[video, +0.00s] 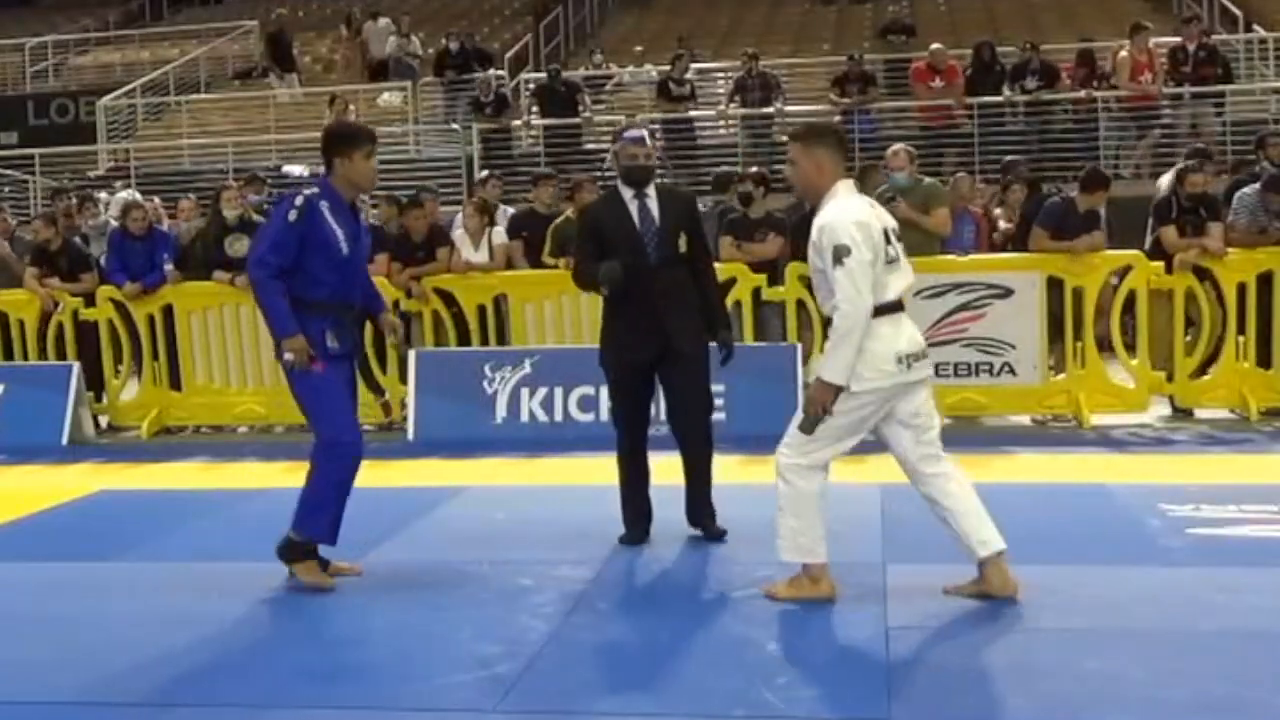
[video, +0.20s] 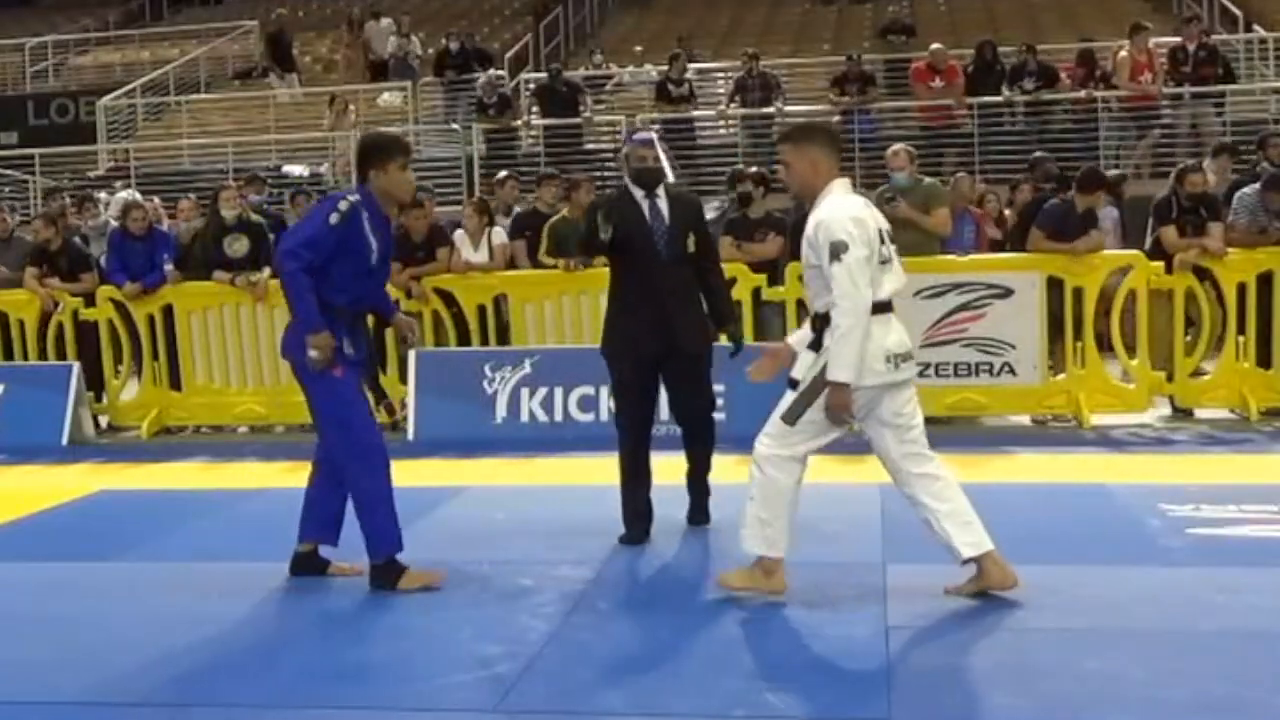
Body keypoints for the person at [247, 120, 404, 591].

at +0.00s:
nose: (376, 169)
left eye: (375, 160)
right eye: (370, 160)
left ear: (350, 163)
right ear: (342, 162)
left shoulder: (351, 214)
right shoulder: (301, 206)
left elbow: (355, 273)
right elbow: (261, 268)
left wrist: (381, 313)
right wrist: (287, 332)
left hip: (340, 338)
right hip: (308, 340)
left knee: (340, 441)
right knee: (342, 441)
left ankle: (311, 545)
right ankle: (301, 543)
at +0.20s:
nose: (412, 178)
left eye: (410, 169)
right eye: (405, 169)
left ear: (384, 173)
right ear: (378, 173)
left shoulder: (380, 223)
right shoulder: (345, 206)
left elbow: (363, 284)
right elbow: (288, 255)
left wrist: (393, 315)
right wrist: (313, 327)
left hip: (347, 340)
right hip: (321, 342)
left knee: (338, 445)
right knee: (365, 446)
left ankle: (309, 551)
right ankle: (386, 563)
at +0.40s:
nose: (463, 219)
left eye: (465, 208)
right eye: (458, 208)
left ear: (431, 205)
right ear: (432, 204)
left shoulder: (400, 235)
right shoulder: (389, 240)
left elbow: (377, 305)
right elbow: (348, 294)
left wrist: (414, 348)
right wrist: (412, 346)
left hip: (319, 342)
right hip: (329, 347)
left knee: (334, 450)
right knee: (375, 454)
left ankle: (307, 551)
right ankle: (385, 566)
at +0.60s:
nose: (481, 249)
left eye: (483, 240)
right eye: (476, 239)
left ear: (444, 229)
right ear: (450, 234)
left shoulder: (407, 230)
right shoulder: (425, 275)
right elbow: (468, 326)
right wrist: (547, 342)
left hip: (309, 330)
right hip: (332, 348)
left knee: (308, 440)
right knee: (383, 452)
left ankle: (285, 540)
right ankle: (387, 567)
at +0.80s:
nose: (483, 257)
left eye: (485, 248)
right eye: (479, 247)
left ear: (448, 236)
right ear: (453, 239)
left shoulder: (411, 237)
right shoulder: (422, 278)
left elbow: (366, 280)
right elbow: (467, 330)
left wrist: (399, 339)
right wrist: (544, 348)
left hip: (309, 329)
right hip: (331, 347)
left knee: (309, 439)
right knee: (382, 449)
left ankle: (286, 540)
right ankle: (387, 566)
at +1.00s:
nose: (470, 243)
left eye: (473, 233)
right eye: (465, 232)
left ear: (434, 223)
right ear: (437, 225)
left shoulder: (398, 230)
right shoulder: (407, 267)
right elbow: (459, 321)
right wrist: (533, 351)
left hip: (308, 332)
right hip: (327, 347)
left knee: (321, 439)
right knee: (376, 452)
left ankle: (288, 533)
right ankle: (385, 566)